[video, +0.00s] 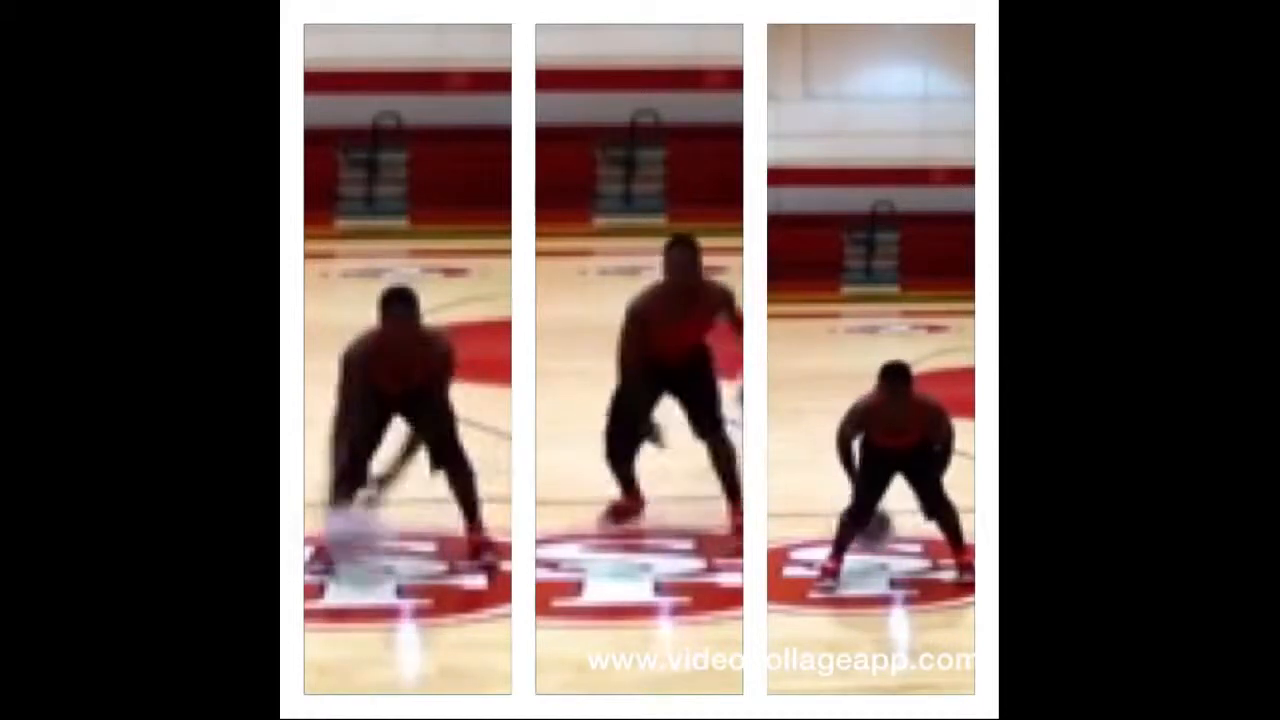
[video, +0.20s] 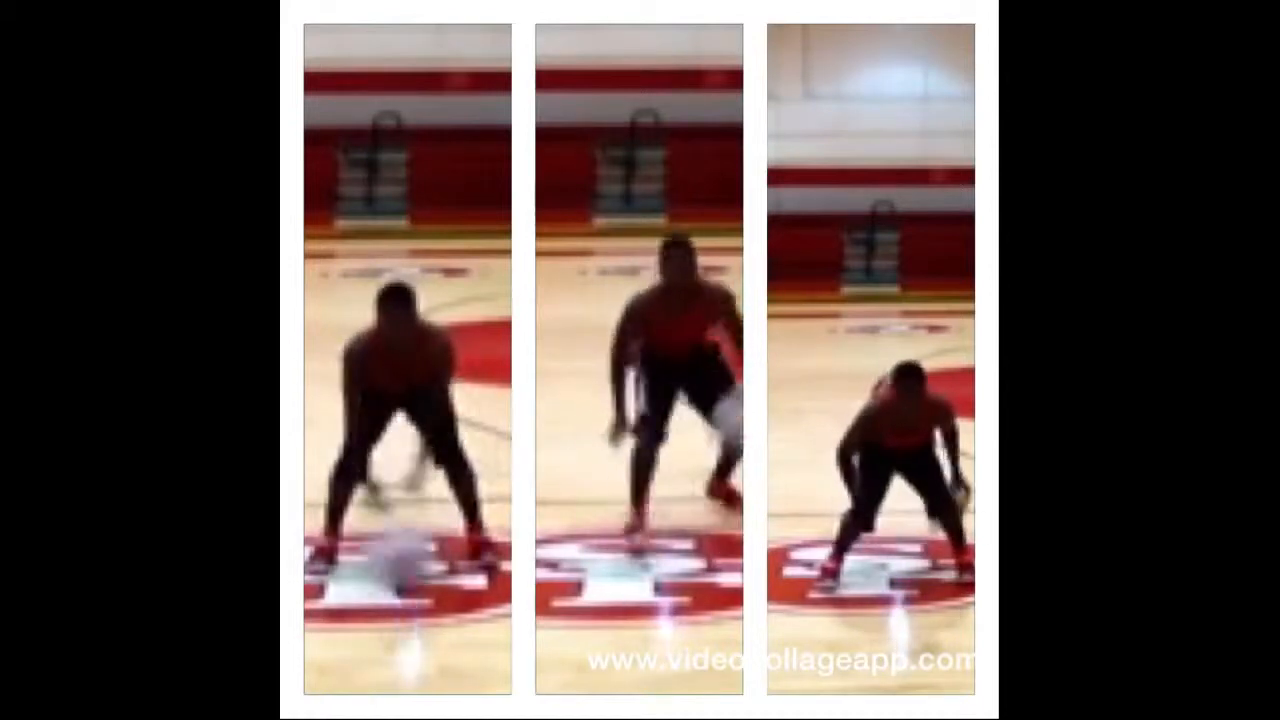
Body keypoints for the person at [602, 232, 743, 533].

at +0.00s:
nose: (681, 273)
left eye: (687, 265)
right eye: (674, 265)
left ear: (698, 265)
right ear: (665, 266)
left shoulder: (714, 298)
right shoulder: (644, 308)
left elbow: (742, 338)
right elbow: (630, 370)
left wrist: (746, 384)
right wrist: (642, 416)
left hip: (692, 366)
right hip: (647, 369)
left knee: (713, 433)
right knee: (618, 441)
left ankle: (737, 508)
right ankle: (632, 498)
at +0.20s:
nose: (678, 272)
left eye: (684, 264)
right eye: (671, 264)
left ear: (695, 265)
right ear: (661, 266)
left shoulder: (716, 300)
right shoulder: (643, 308)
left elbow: (740, 345)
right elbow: (619, 360)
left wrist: (748, 387)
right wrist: (620, 413)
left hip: (701, 364)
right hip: (657, 369)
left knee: (738, 426)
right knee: (648, 437)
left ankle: (719, 483)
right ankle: (638, 515)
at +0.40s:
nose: (667, 279)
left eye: (674, 272)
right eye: (661, 272)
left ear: (687, 272)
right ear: (654, 272)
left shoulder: (710, 308)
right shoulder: (643, 309)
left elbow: (715, 369)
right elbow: (622, 355)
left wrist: (697, 416)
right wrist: (599, 402)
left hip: (705, 373)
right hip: (663, 374)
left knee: (734, 445)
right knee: (653, 442)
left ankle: (716, 487)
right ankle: (641, 517)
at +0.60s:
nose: (665, 275)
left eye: (672, 267)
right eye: (660, 267)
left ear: (683, 268)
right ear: (651, 267)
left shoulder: (704, 303)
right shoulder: (631, 300)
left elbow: (728, 351)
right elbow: (604, 338)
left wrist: (732, 395)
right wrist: (591, 381)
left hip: (696, 363)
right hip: (652, 360)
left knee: (707, 423)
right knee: (626, 427)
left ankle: (739, 491)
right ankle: (636, 500)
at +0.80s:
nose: (673, 280)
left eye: (678, 272)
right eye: (665, 273)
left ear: (688, 272)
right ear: (655, 273)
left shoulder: (706, 305)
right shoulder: (635, 311)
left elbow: (726, 348)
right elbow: (634, 373)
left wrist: (743, 385)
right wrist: (654, 416)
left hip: (690, 375)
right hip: (647, 375)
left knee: (703, 436)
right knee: (614, 438)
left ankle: (723, 509)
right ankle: (636, 502)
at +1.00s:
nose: (675, 269)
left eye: (681, 260)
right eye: (668, 261)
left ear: (693, 259)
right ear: (660, 262)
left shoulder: (713, 288)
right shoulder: (645, 296)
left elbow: (754, 315)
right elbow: (615, 343)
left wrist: (752, 369)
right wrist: (609, 400)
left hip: (698, 359)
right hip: (656, 362)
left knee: (734, 422)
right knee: (638, 431)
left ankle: (722, 476)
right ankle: (633, 502)